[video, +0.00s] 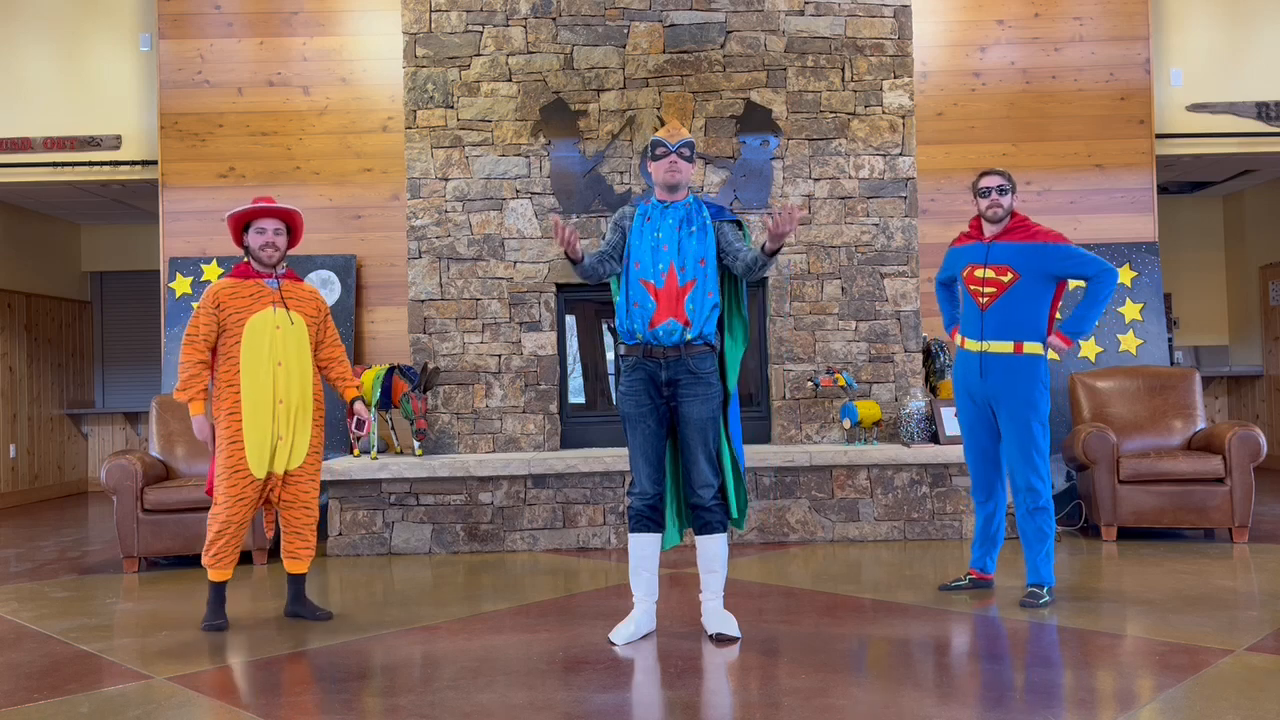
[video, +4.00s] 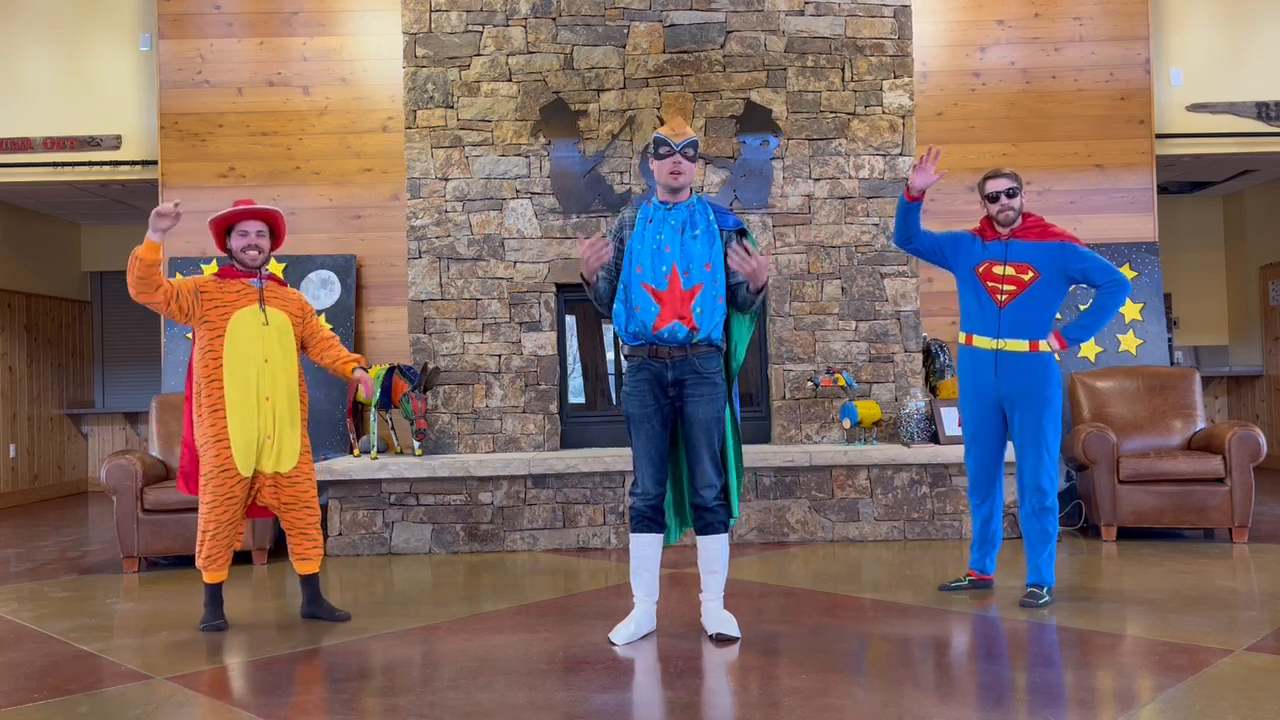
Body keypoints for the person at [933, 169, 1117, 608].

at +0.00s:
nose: (993, 199)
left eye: (1001, 191)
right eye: (985, 192)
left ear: (1014, 198)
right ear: (975, 201)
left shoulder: (1041, 244)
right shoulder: (961, 249)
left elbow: (1105, 274)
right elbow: (943, 283)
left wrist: (1070, 332)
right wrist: (954, 324)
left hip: (1021, 373)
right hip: (970, 372)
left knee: (1030, 481)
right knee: (983, 479)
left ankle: (1039, 581)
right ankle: (981, 571)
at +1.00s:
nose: (986, 199)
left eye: (994, 192)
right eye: (977, 194)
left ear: (1007, 199)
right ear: (968, 204)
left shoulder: (1035, 246)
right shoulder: (952, 253)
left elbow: (1096, 281)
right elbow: (928, 292)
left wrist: (1051, 336)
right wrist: (944, 330)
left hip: (1017, 373)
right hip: (964, 374)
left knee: (1027, 480)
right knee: (982, 479)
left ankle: (1039, 582)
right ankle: (981, 571)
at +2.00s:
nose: (992, 203)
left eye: (1000, 195)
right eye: (984, 197)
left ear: (1014, 199)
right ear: (975, 205)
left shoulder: (1041, 247)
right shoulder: (955, 250)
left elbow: (1101, 284)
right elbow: (904, 256)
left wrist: (1054, 336)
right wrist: (875, 236)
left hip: (1019, 376)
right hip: (968, 376)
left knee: (1028, 481)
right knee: (981, 479)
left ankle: (1039, 580)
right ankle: (981, 572)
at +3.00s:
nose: (992, 206)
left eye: (999, 197)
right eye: (982, 200)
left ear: (1012, 201)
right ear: (973, 209)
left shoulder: (1042, 249)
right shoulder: (955, 248)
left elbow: (1104, 284)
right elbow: (902, 236)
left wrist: (1057, 335)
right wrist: (911, 188)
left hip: (1021, 372)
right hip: (967, 372)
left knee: (1029, 478)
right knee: (982, 477)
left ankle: (1039, 581)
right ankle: (981, 572)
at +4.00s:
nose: (1004, 203)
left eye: (1010, 195)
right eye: (994, 198)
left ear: (1023, 197)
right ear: (984, 205)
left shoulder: (1056, 248)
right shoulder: (964, 247)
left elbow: (1116, 283)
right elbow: (908, 238)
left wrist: (1067, 336)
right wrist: (913, 195)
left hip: (1033, 371)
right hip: (977, 371)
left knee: (1037, 478)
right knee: (981, 476)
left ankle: (1040, 581)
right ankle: (981, 572)